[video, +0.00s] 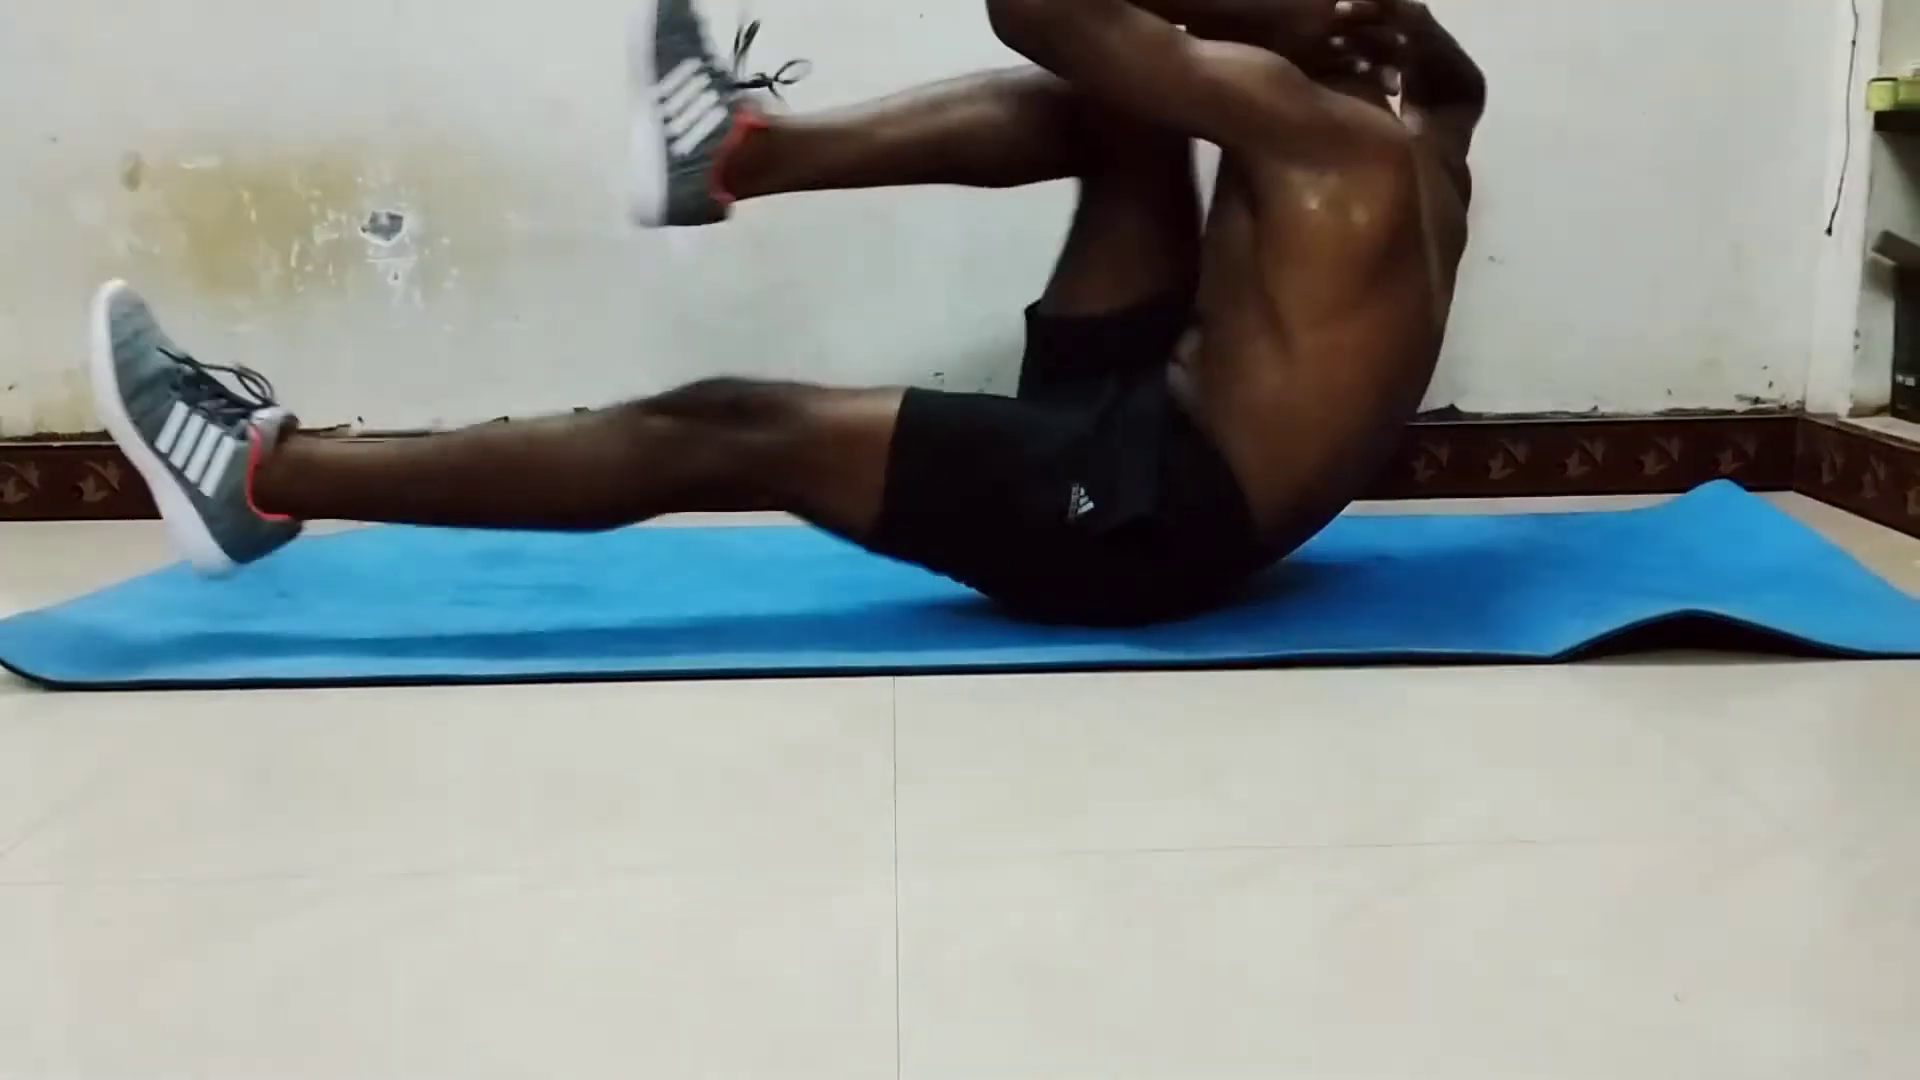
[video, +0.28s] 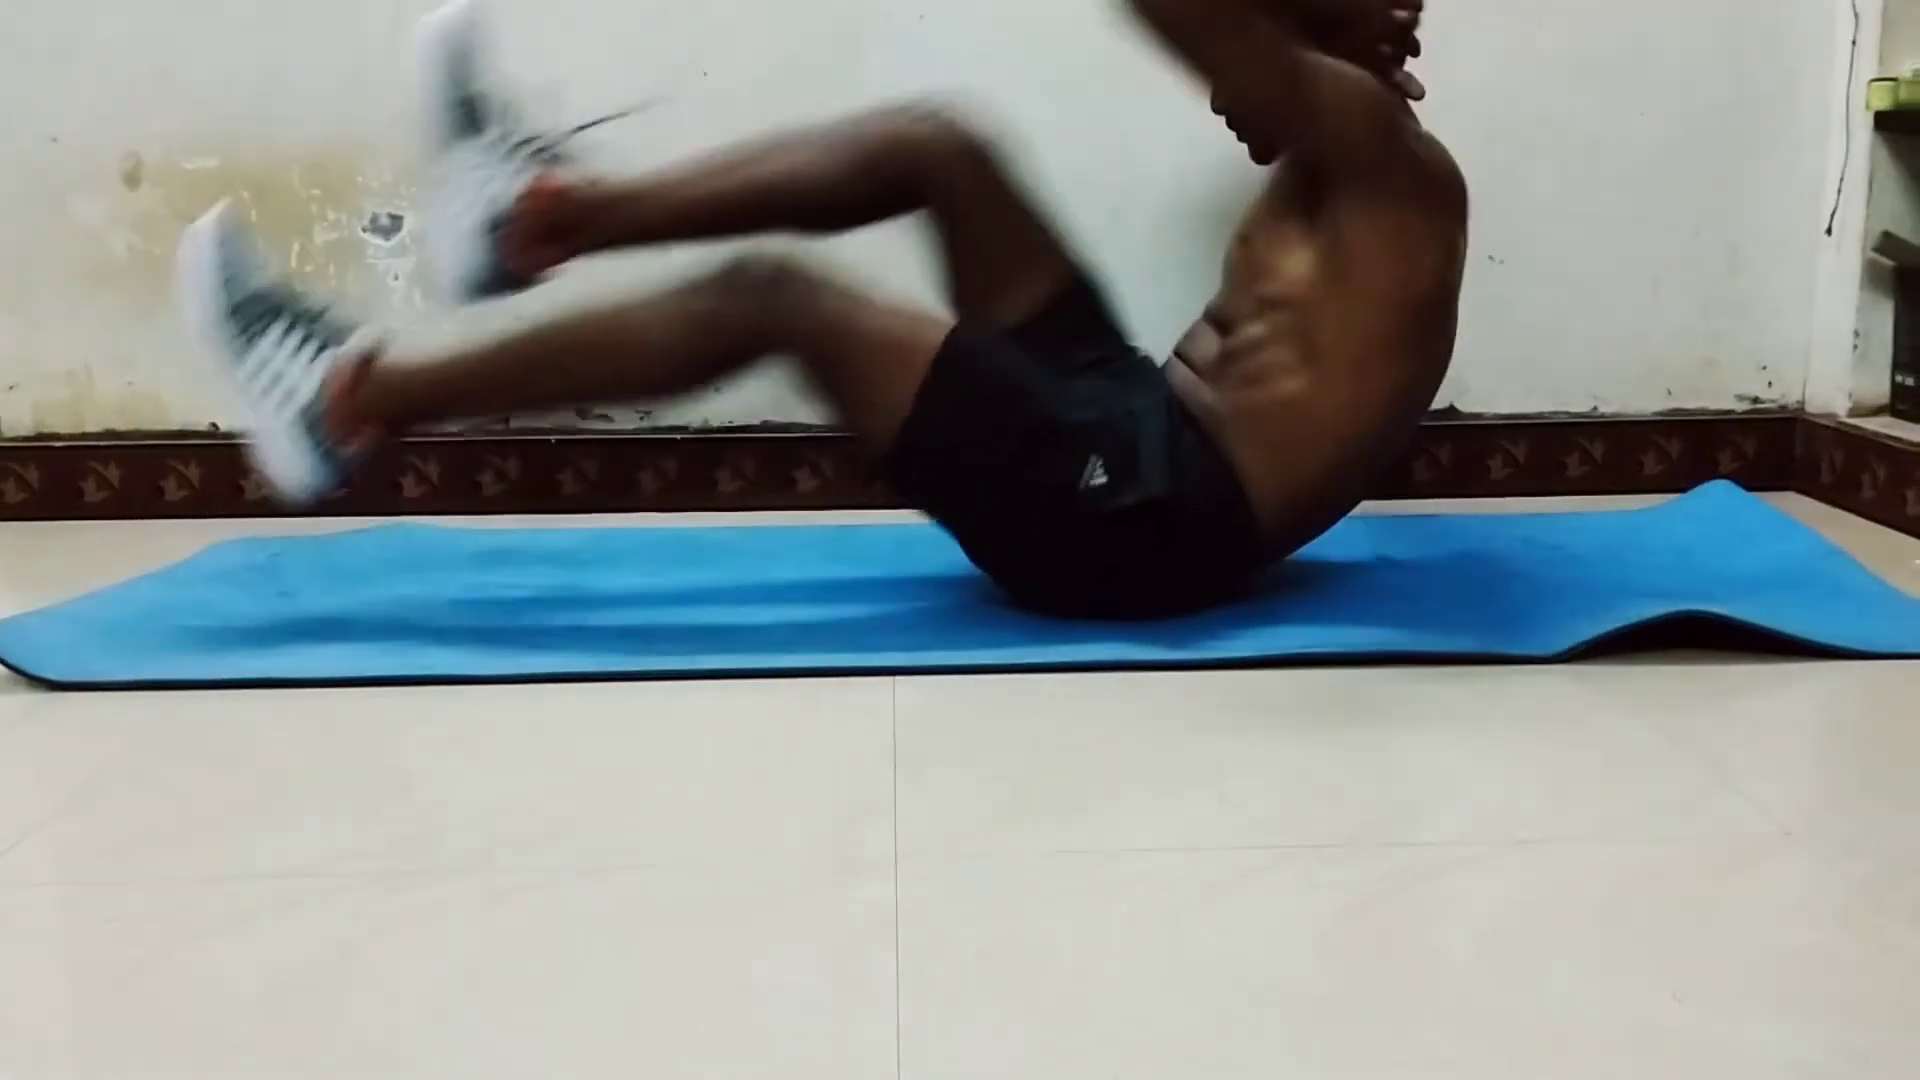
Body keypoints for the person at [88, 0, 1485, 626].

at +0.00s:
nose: (1233, 31)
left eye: (1248, 20)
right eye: (1247, 19)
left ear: (1321, 34)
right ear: (1372, 43)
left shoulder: (1329, 115)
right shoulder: (1407, 137)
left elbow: (1081, 53)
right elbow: (1149, 82)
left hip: (1131, 507)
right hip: (1148, 432)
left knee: (720, 429)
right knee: (1118, 111)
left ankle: (260, 474)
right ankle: (739, 155)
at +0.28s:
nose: (1263, 77)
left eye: (1292, 42)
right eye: (1291, 39)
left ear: (1356, 39)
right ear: (1344, 45)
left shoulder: (1382, 152)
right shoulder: (1342, 168)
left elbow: (1169, 6)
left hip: (1137, 501)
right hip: (1124, 433)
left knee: (777, 289)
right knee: (941, 150)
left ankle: (341, 406)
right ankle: (539, 220)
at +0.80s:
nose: (1278, 64)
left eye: (1312, 42)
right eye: (1264, 37)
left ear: (1392, 43)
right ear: (1255, 33)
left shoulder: (1451, 152)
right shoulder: (1196, 127)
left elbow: (1693, 25)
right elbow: (1023, 46)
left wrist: (1519, 8)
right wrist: (1113, 33)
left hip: (1146, 498)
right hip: (1057, 436)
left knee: (1072, 100)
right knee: (729, 386)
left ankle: (682, 134)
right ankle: (355, 407)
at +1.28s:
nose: (1254, 93)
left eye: (1289, 64)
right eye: (1248, 66)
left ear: (1385, 62)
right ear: (1251, 59)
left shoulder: (1451, 187)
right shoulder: (1245, 155)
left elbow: (1599, 18)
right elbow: (1067, 35)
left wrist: (1441, 22)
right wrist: (1241, 21)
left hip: (1127, 512)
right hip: (1068, 471)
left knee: (860, 169)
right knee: (829, 205)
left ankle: (455, 208)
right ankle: (486, 386)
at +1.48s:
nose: (1235, 81)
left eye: (1252, 50)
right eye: (1241, 54)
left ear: (1343, 47)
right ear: (1351, 52)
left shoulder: (1379, 172)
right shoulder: (1333, 186)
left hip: (1118, 503)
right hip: (1091, 427)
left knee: (742, 310)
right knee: (1012, 121)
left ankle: (302, 295)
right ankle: (641, 233)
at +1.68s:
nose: (1228, 49)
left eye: (1252, 30)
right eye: (1250, 28)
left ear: (1340, 48)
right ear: (1365, 52)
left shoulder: (1339, 139)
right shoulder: (1353, 144)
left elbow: (1077, 35)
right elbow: (1125, 56)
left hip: (1115, 512)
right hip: (1122, 429)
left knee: (723, 385)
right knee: (1088, 127)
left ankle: (270, 355)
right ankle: (712, 166)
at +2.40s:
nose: (1287, 95)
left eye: (1315, 66)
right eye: (1278, 71)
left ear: (1417, 65)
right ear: (1288, 86)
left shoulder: (1452, 183)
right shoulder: (1295, 181)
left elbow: (1532, 27)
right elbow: (1095, 105)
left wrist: (1443, 50)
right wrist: (1255, 70)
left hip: (1150, 509)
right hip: (1077, 476)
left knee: (996, 105)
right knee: (754, 323)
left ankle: (601, 189)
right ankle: (390, 282)